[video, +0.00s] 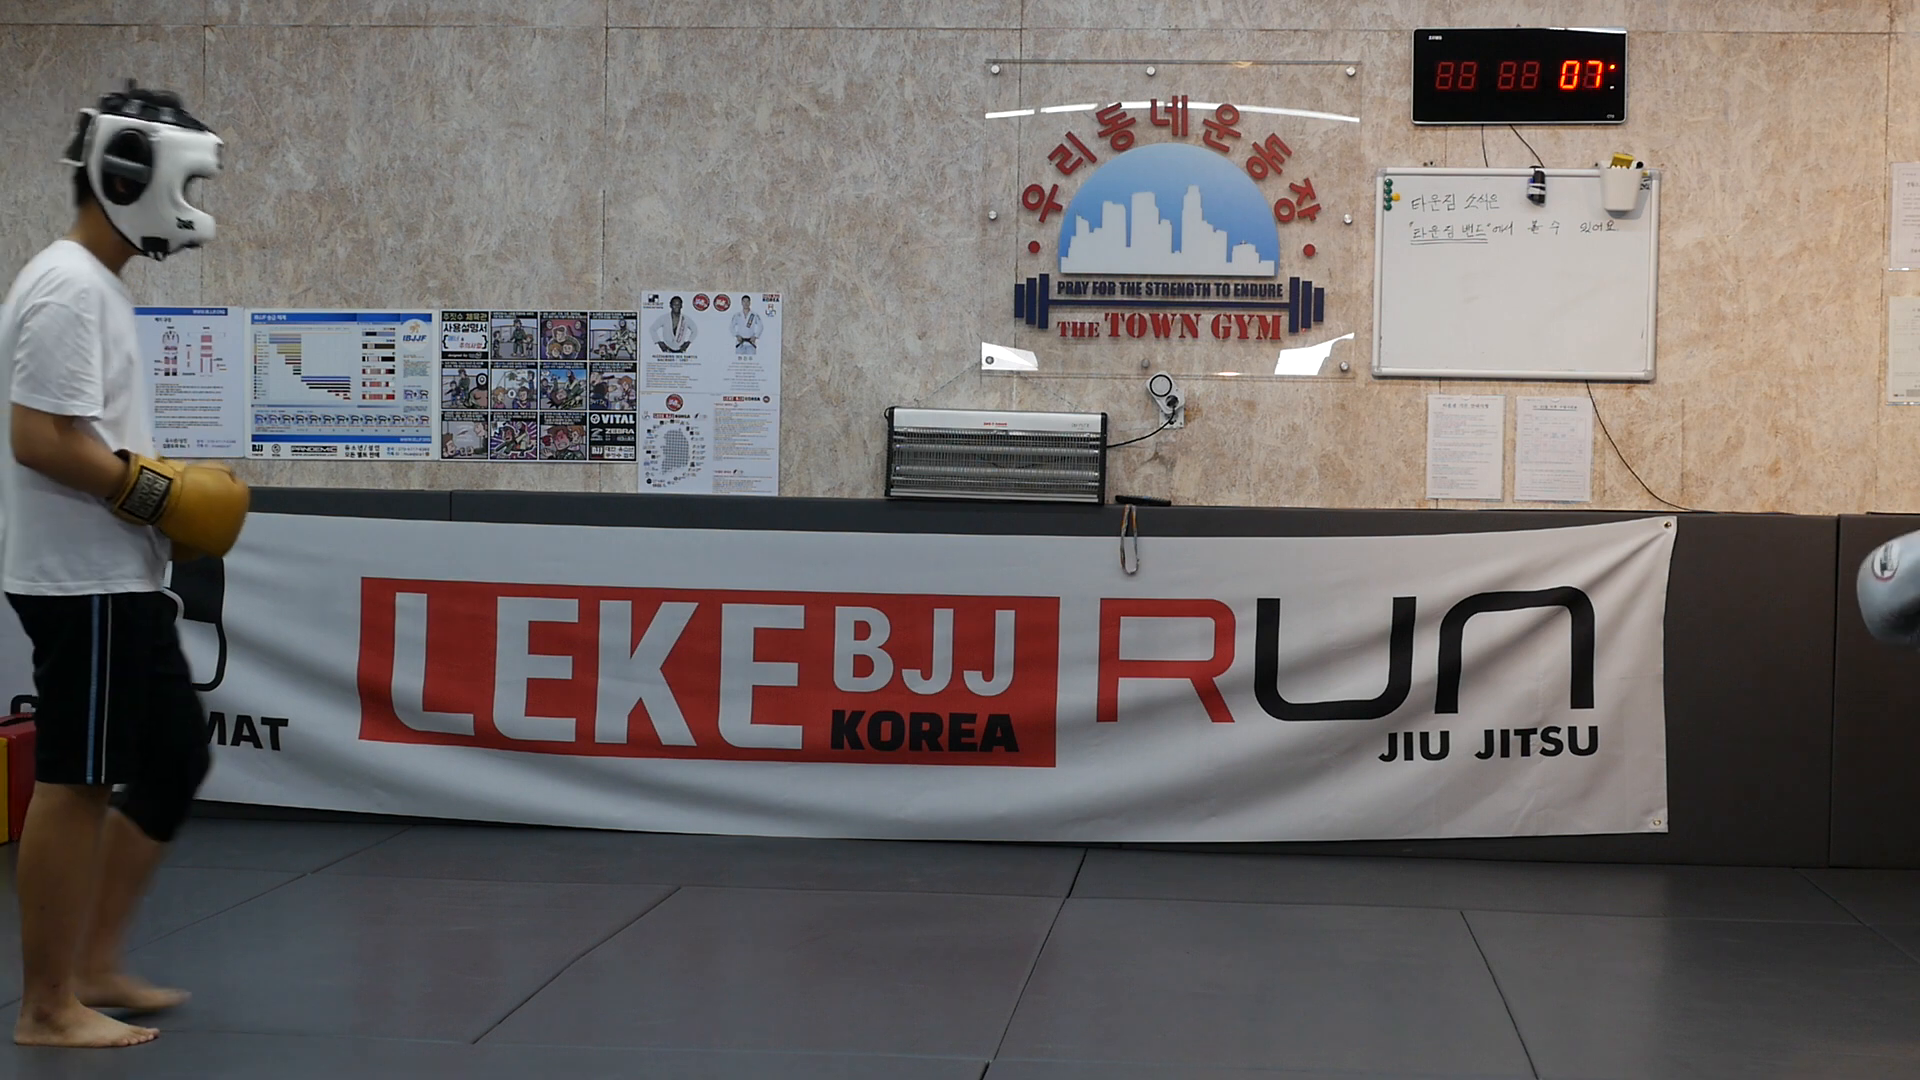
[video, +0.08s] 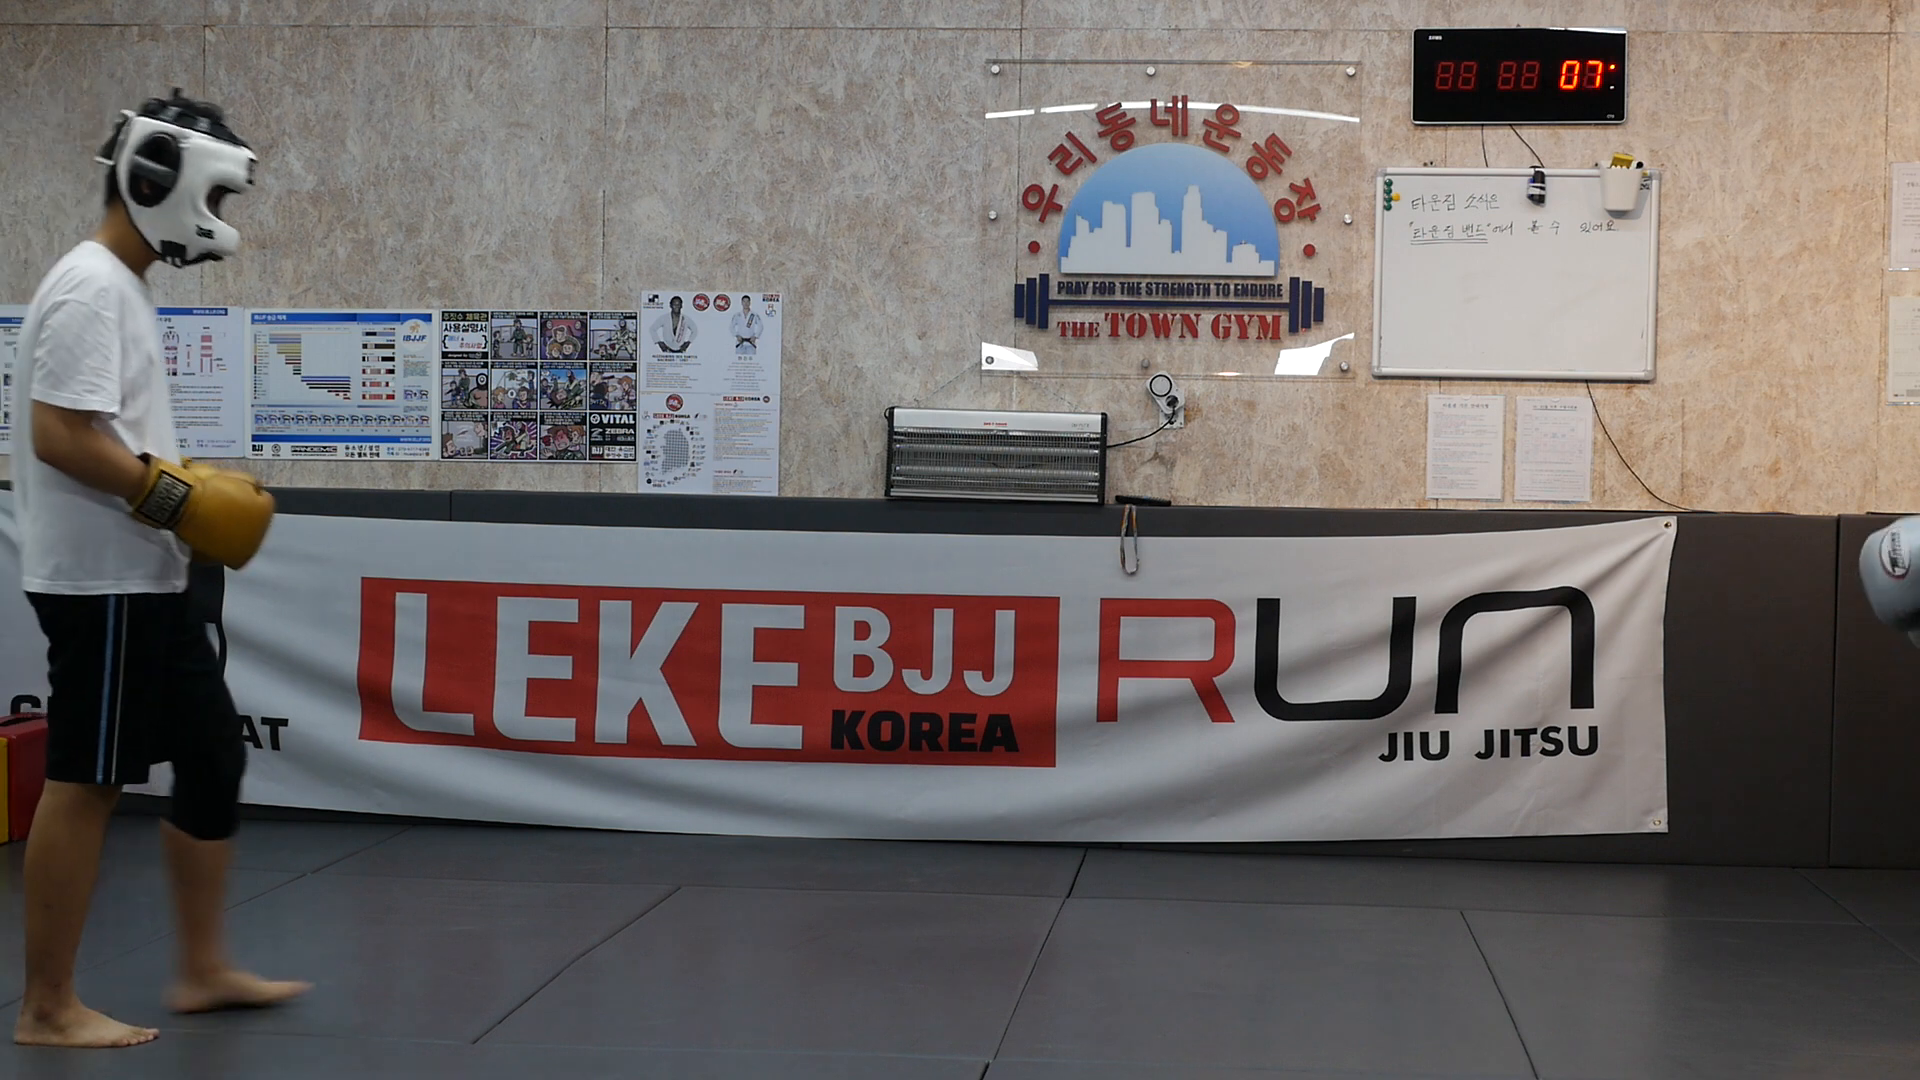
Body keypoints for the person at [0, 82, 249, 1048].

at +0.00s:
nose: (193, 201)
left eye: (196, 180)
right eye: (181, 180)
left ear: (118, 180)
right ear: (127, 178)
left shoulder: (99, 287)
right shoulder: (67, 287)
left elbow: (87, 432)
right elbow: (39, 437)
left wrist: (166, 492)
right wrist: (153, 491)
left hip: (113, 573)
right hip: (74, 576)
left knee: (171, 755)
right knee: (77, 775)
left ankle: (97, 966)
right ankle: (48, 1003)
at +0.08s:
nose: (220, 216)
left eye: (225, 195)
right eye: (212, 193)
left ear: (146, 184)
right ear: (158, 183)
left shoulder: (121, 288)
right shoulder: (92, 286)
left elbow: (105, 433)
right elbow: (60, 433)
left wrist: (192, 497)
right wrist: (175, 499)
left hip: (142, 572)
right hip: (96, 575)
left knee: (211, 752)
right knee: (85, 779)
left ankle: (204, 968)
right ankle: (47, 1006)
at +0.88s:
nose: (408, 222)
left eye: (415, 205)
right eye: (397, 202)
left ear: (392, 202)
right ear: (341, 189)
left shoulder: (371, 294)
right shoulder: (245, 282)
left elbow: (399, 430)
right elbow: (224, 417)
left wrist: (444, 372)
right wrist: (239, 536)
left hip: (363, 566)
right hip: (280, 565)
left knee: (338, 770)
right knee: (292, 768)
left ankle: (316, 973)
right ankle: (232, 977)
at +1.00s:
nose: (407, 226)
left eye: (418, 208)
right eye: (393, 204)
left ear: (419, 209)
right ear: (336, 191)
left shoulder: (392, 293)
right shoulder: (246, 282)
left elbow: (426, 421)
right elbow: (219, 416)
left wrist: (454, 330)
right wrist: (230, 532)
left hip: (371, 572)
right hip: (282, 566)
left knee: (340, 775)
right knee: (281, 766)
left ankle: (317, 972)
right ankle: (212, 977)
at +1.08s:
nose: (395, 218)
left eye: (410, 202)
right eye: (381, 196)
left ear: (418, 204)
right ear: (327, 185)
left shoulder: (395, 295)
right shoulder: (243, 283)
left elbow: (427, 420)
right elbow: (213, 418)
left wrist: (454, 329)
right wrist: (214, 533)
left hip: (374, 575)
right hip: (279, 569)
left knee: (339, 781)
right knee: (264, 773)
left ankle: (317, 973)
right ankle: (215, 993)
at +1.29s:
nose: (366, 204)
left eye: (383, 187)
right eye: (349, 183)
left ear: (394, 193)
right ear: (296, 177)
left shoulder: (383, 296)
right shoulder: (220, 288)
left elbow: (420, 421)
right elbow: (191, 435)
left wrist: (435, 321)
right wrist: (165, 560)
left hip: (366, 579)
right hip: (259, 575)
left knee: (338, 790)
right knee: (243, 790)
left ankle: (318, 975)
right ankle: (224, 1015)